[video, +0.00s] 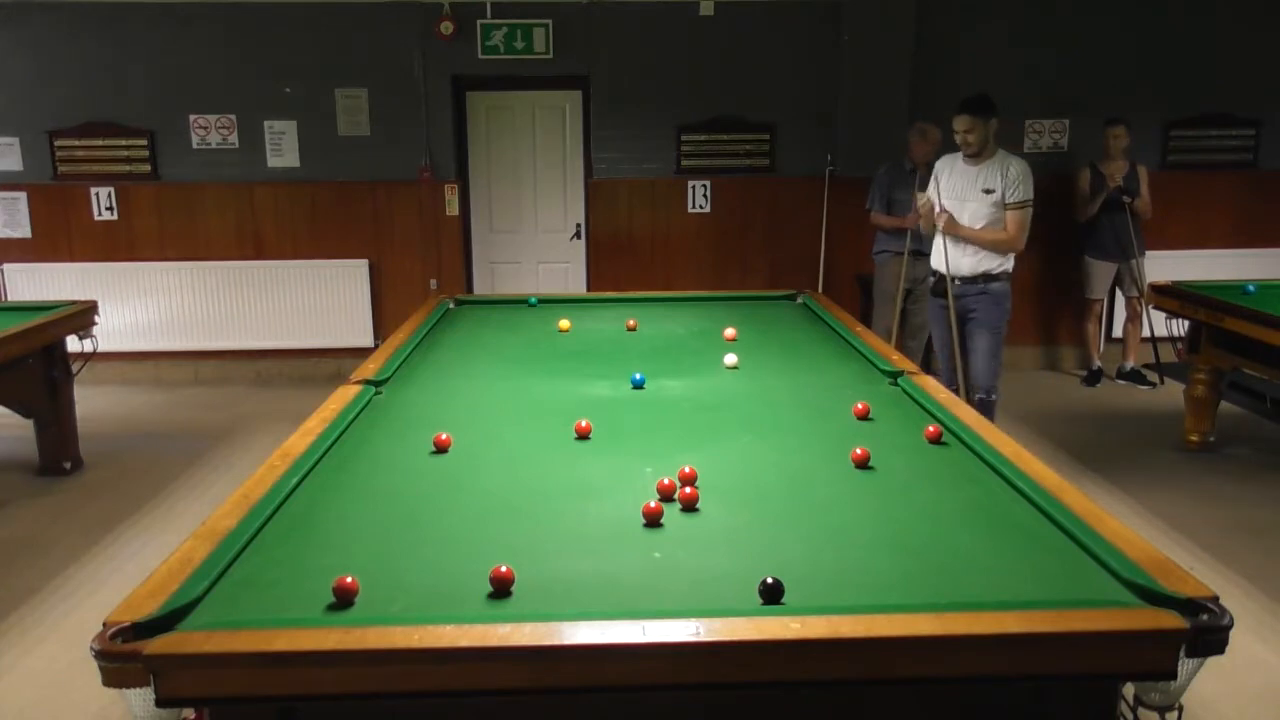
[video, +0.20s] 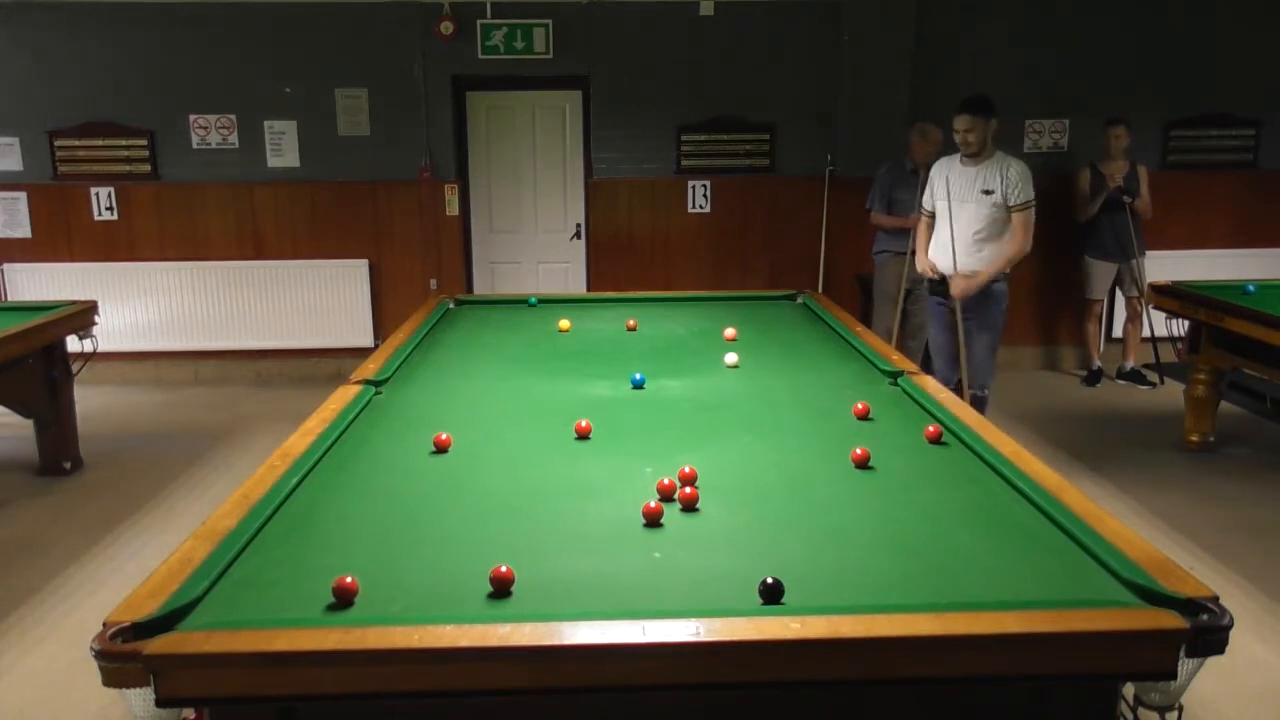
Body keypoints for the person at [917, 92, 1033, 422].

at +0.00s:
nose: (961, 139)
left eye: (968, 132)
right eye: (956, 132)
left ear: (992, 127)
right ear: (952, 130)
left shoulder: (1013, 170)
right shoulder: (944, 165)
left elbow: (1016, 240)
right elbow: (929, 225)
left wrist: (959, 231)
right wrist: (926, 216)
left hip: (986, 291)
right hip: (942, 290)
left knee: (982, 389)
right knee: (947, 384)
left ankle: (979, 466)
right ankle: (948, 463)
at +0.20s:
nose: (961, 139)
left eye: (969, 131)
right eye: (956, 131)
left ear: (991, 128)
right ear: (952, 131)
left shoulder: (1012, 171)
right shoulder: (941, 168)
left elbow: (1022, 240)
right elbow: (926, 219)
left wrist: (979, 279)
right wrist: (921, 256)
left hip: (986, 289)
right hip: (940, 287)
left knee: (977, 383)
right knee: (944, 379)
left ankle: (970, 458)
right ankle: (942, 453)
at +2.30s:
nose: (872, 266)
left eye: (877, 259)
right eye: (867, 259)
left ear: (894, 248)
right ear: (862, 249)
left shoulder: (908, 268)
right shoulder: (903, 233)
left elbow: (871, 308)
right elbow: (941, 233)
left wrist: (822, 335)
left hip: (1001, 289)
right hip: (966, 290)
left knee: (977, 383)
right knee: (953, 373)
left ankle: (983, 453)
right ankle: (950, 440)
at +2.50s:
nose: (865, 283)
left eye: (869, 276)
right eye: (860, 277)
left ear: (885, 265)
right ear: (856, 266)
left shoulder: (903, 284)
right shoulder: (896, 244)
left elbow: (868, 317)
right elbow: (930, 227)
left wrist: (816, 338)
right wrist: (931, 262)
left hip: (998, 286)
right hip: (969, 280)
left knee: (972, 383)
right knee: (952, 372)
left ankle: (983, 451)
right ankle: (954, 441)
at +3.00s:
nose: (861, 297)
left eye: (866, 289)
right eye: (856, 290)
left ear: (882, 275)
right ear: (849, 280)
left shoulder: (897, 293)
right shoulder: (890, 248)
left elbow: (865, 320)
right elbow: (921, 221)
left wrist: (812, 339)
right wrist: (928, 257)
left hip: (993, 285)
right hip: (972, 268)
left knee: (968, 383)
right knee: (955, 374)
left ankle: (982, 450)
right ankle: (962, 444)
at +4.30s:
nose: (859, 298)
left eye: (863, 290)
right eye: (853, 292)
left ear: (880, 276)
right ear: (846, 281)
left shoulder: (897, 294)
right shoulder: (887, 249)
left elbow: (865, 321)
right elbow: (918, 222)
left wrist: (812, 340)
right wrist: (922, 256)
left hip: (992, 285)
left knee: (968, 382)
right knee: (952, 374)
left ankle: (981, 449)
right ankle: (959, 442)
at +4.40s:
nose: (859, 298)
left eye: (863, 290)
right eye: (853, 292)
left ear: (880, 276)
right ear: (846, 281)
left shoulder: (897, 293)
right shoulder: (886, 249)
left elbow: (865, 321)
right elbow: (918, 222)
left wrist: (812, 340)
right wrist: (922, 257)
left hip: (992, 285)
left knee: (968, 382)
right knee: (952, 374)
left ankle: (982, 449)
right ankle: (959, 443)